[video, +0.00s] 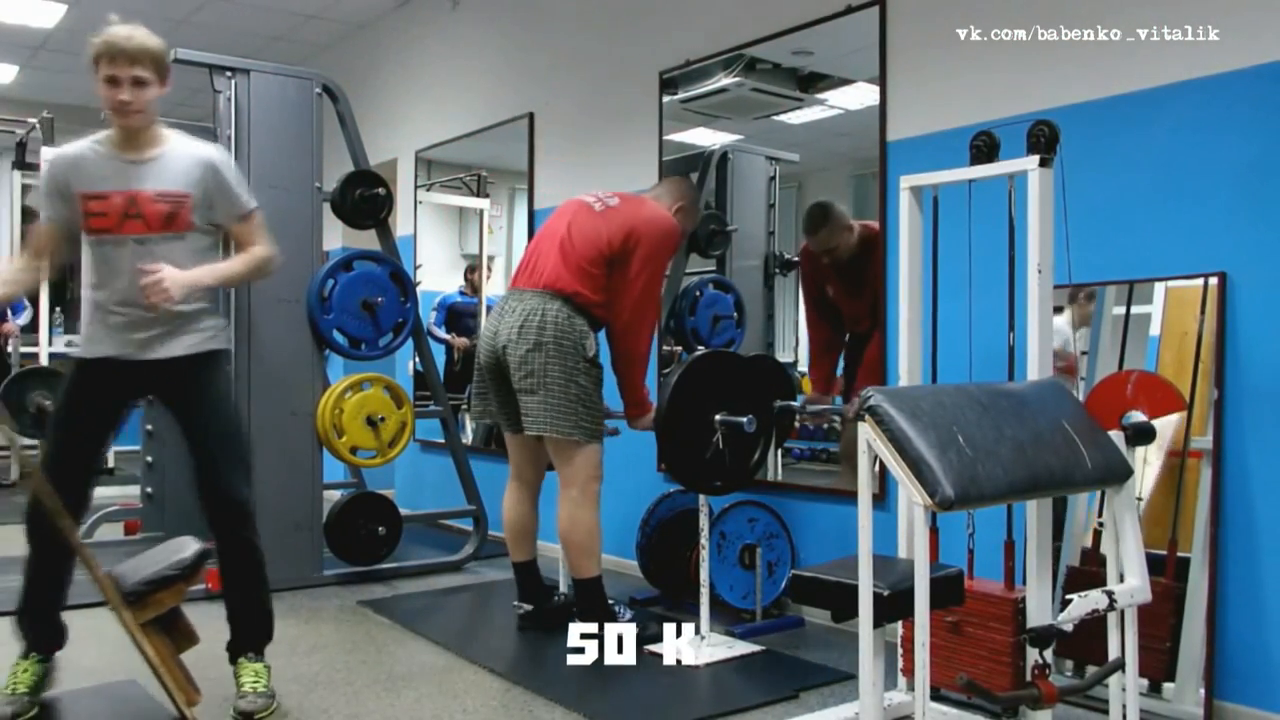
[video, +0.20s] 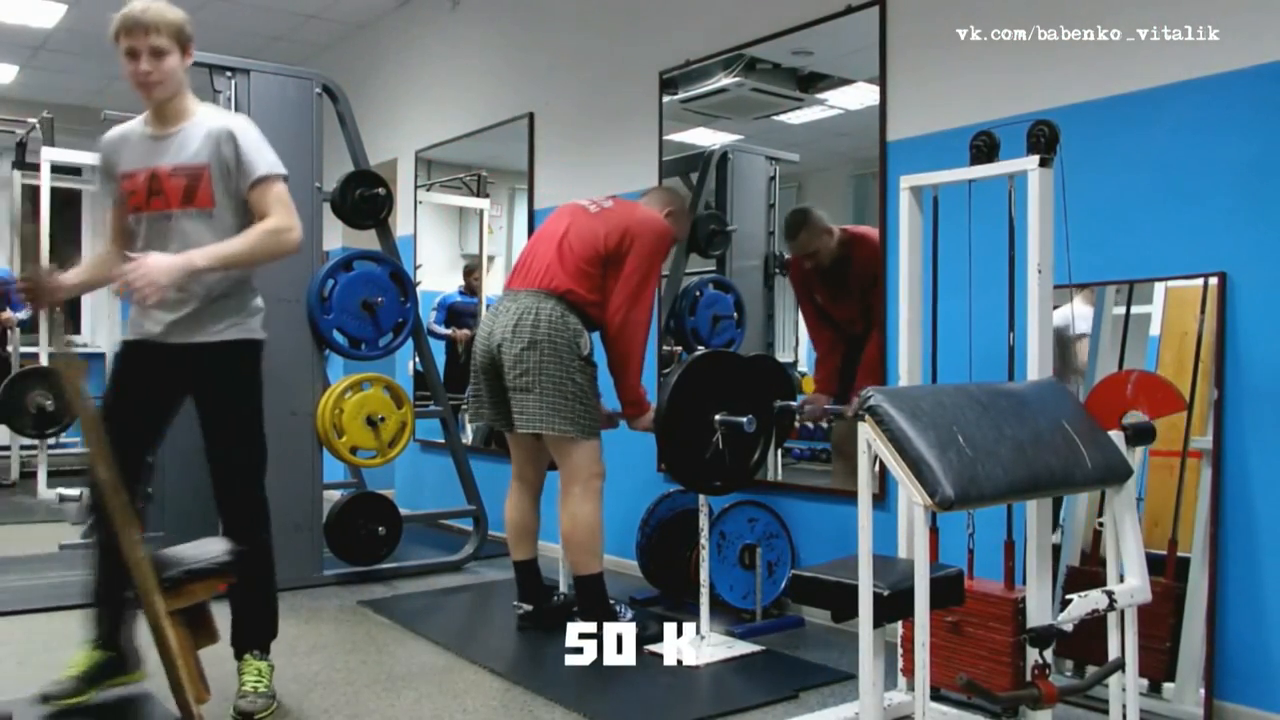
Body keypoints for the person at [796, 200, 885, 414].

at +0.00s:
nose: (826, 260)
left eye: (831, 251)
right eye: (819, 254)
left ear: (851, 230)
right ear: (811, 245)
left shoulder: (881, 244)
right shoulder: (811, 258)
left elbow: (889, 325)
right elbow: (822, 328)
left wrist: (862, 394)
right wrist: (820, 390)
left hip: (888, 334)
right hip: (857, 336)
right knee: (851, 403)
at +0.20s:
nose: (808, 264)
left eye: (813, 255)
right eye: (801, 258)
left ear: (831, 234)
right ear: (793, 250)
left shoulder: (872, 247)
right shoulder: (799, 268)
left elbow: (884, 325)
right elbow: (824, 337)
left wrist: (865, 390)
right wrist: (822, 392)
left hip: (882, 344)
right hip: (845, 349)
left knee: (880, 429)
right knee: (843, 436)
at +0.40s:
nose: (796, 261)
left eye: (801, 250)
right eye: (790, 254)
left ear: (823, 233)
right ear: (784, 249)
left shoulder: (867, 251)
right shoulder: (795, 269)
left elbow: (879, 327)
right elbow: (820, 338)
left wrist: (867, 392)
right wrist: (820, 393)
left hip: (881, 344)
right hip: (843, 350)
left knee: (878, 435)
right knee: (840, 438)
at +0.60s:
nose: (791, 255)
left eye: (796, 244)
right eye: (785, 248)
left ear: (821, 231)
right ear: (781, 245)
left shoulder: (867, 251)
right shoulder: (793, 270)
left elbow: (880, 327)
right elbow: (819, 338)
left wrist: (868, 391)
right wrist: (820, 393)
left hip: (880, 341)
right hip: (841, 347)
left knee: (878, 433)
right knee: (837, 435)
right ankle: (841, 516)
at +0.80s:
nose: (791, 249)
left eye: (797, 238)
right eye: (786, 241)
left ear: (824, 228)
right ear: (782, 239)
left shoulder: (868, 251)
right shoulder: (792, 268)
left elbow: (881, 327)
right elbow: (817, 336)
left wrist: (866, 392)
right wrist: (820, 392)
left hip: (878, 343)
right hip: (840, 348)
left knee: (876, 437)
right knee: (834, 437)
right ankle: (842, 521)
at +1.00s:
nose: (795, 241)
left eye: (802, 230)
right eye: (790, 232)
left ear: (828, 222)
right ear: (786, 231)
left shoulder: (870, 247)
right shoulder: (796, 265)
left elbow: (882, 325)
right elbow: (815, 333)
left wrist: (866, 391)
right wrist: (819, 390)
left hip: (878, 343)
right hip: (838, 348)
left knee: (878, 432)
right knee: (835, 436)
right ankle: (840, 516)